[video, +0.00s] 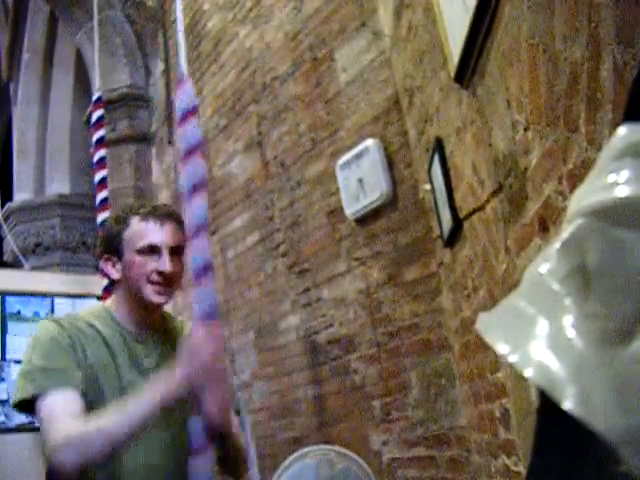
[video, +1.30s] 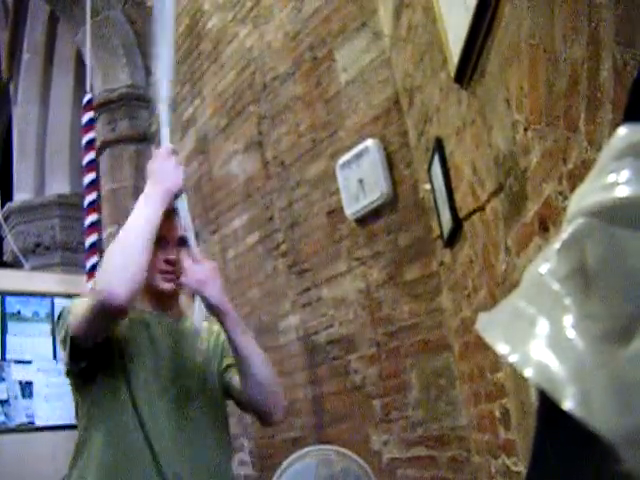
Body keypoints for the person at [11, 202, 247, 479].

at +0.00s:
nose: (167, 267)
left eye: (175, 253)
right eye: (149, 252)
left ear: (184, 262)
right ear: (113, 266)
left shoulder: (190, 340)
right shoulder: (61, 337)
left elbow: (239, 467)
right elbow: (65, 452)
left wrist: (221, 423)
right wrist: (180, 375)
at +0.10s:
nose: (165, 272)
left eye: (174, 257)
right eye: (148, 256)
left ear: (183, 264)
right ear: (110, 268)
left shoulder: (195, 346)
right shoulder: (62, 348)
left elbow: (214, 459)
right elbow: (62, 466)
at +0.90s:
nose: (160, 262)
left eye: (169, 250)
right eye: (145, 249)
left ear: (178, 262)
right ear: (113, 268)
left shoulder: (204, 350)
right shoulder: (76, 346)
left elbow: (251, 453)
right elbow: (60, 461)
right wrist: (152, 474)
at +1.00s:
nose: (164, 260)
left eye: (171, 249)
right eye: (147, 248)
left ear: (182, 260)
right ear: (117, 267)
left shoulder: (206, 349)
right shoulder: (76, 341)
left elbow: (257, 444)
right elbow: (57, 448)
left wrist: (245, 468)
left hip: (191, 472)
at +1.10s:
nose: (167, 260)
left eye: (175, 247)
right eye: (151, 247)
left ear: (187, 258)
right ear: (120, 265)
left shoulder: (211, 348)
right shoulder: (79, 333)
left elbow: (267, 451)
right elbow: (64, 408)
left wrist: (236, 419)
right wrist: (149, 310)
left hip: (201, 472)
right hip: (113, 470)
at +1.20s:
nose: (168, 261)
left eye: (177, 249)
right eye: (153, 250)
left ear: (187, 260)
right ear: (120, 262)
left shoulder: (204, 341)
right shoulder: (90, 326)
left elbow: (268, 438)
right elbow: (88, 353)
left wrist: (235, 366)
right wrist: (159, 240)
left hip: (202, 473)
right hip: (113, 473)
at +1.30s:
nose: (172, 257)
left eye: (182, 245)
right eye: (160, 243)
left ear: (192, 254)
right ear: (137, 250)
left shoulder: (210, 339)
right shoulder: (89, 327)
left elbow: (271, 408)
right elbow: (114, 297)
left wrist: (222, 306)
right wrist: (156, 192)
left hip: (205, 472)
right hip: (109, 472)